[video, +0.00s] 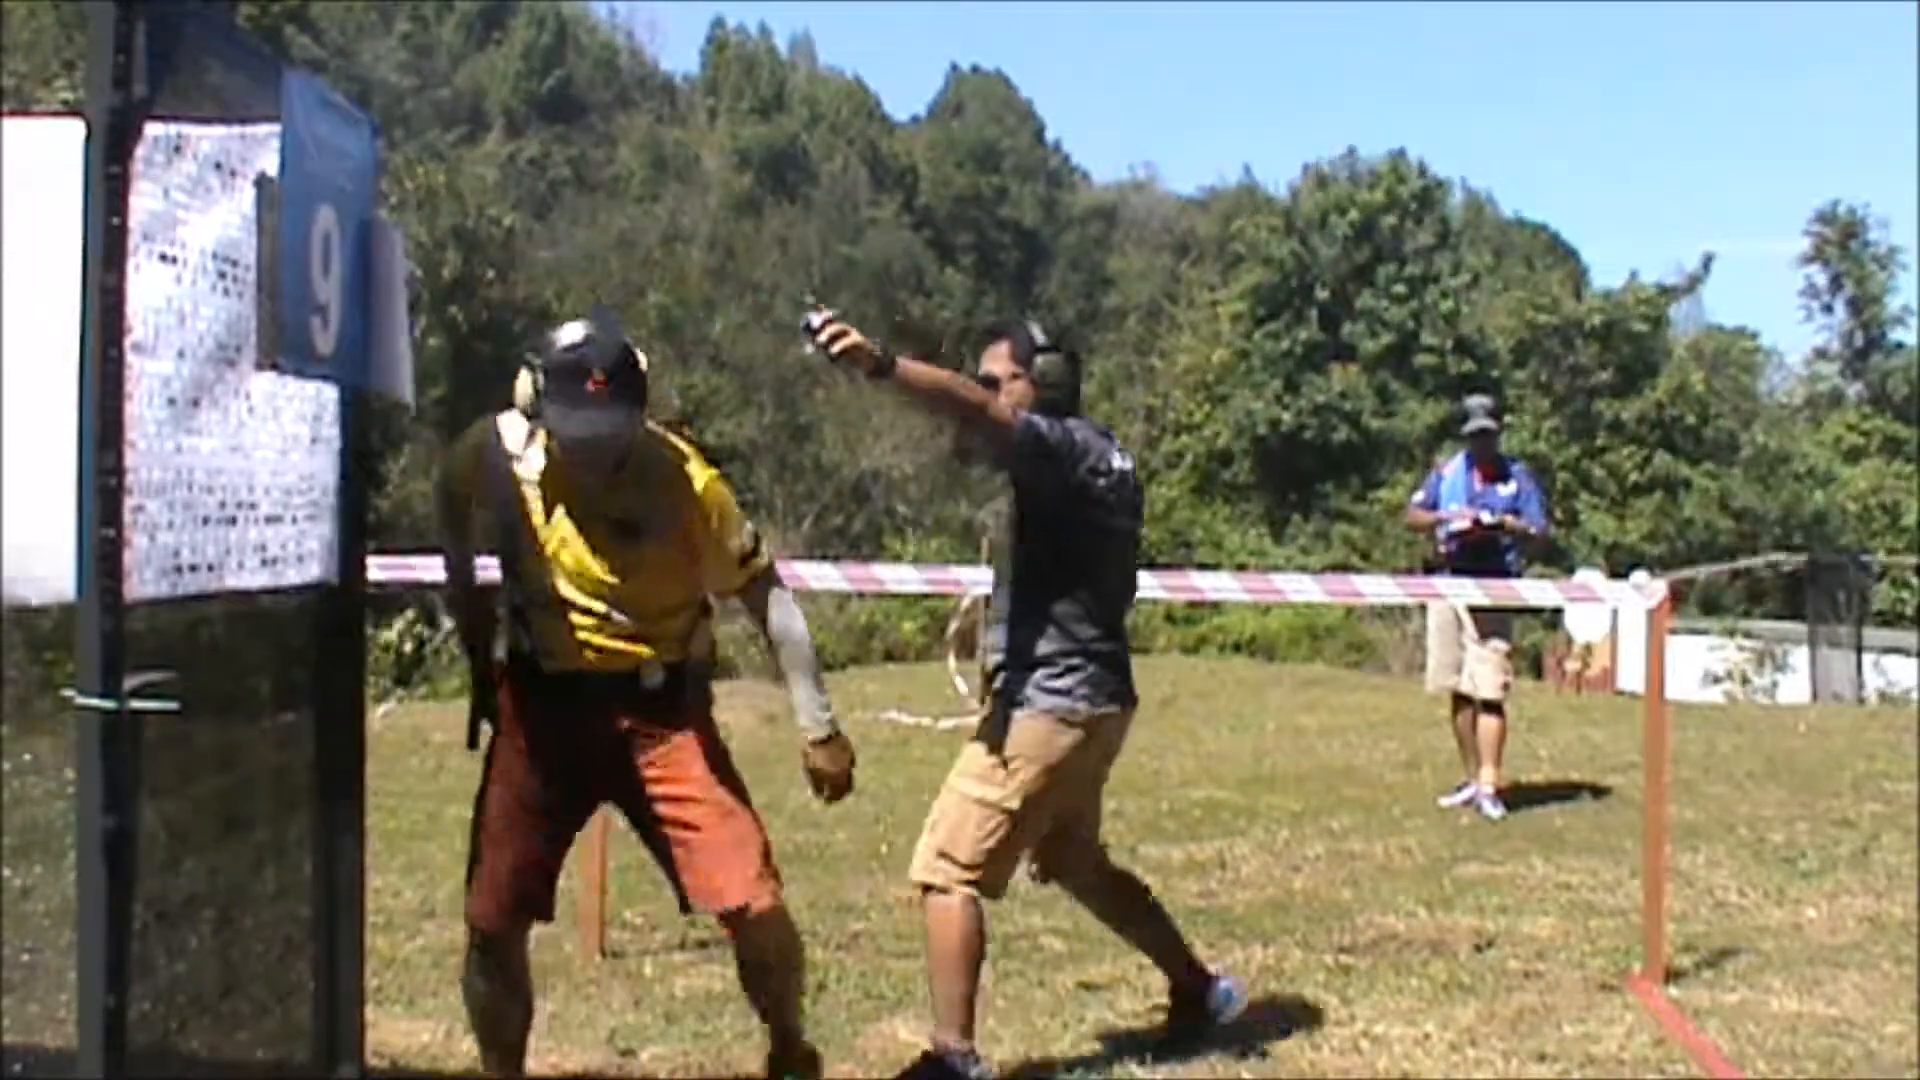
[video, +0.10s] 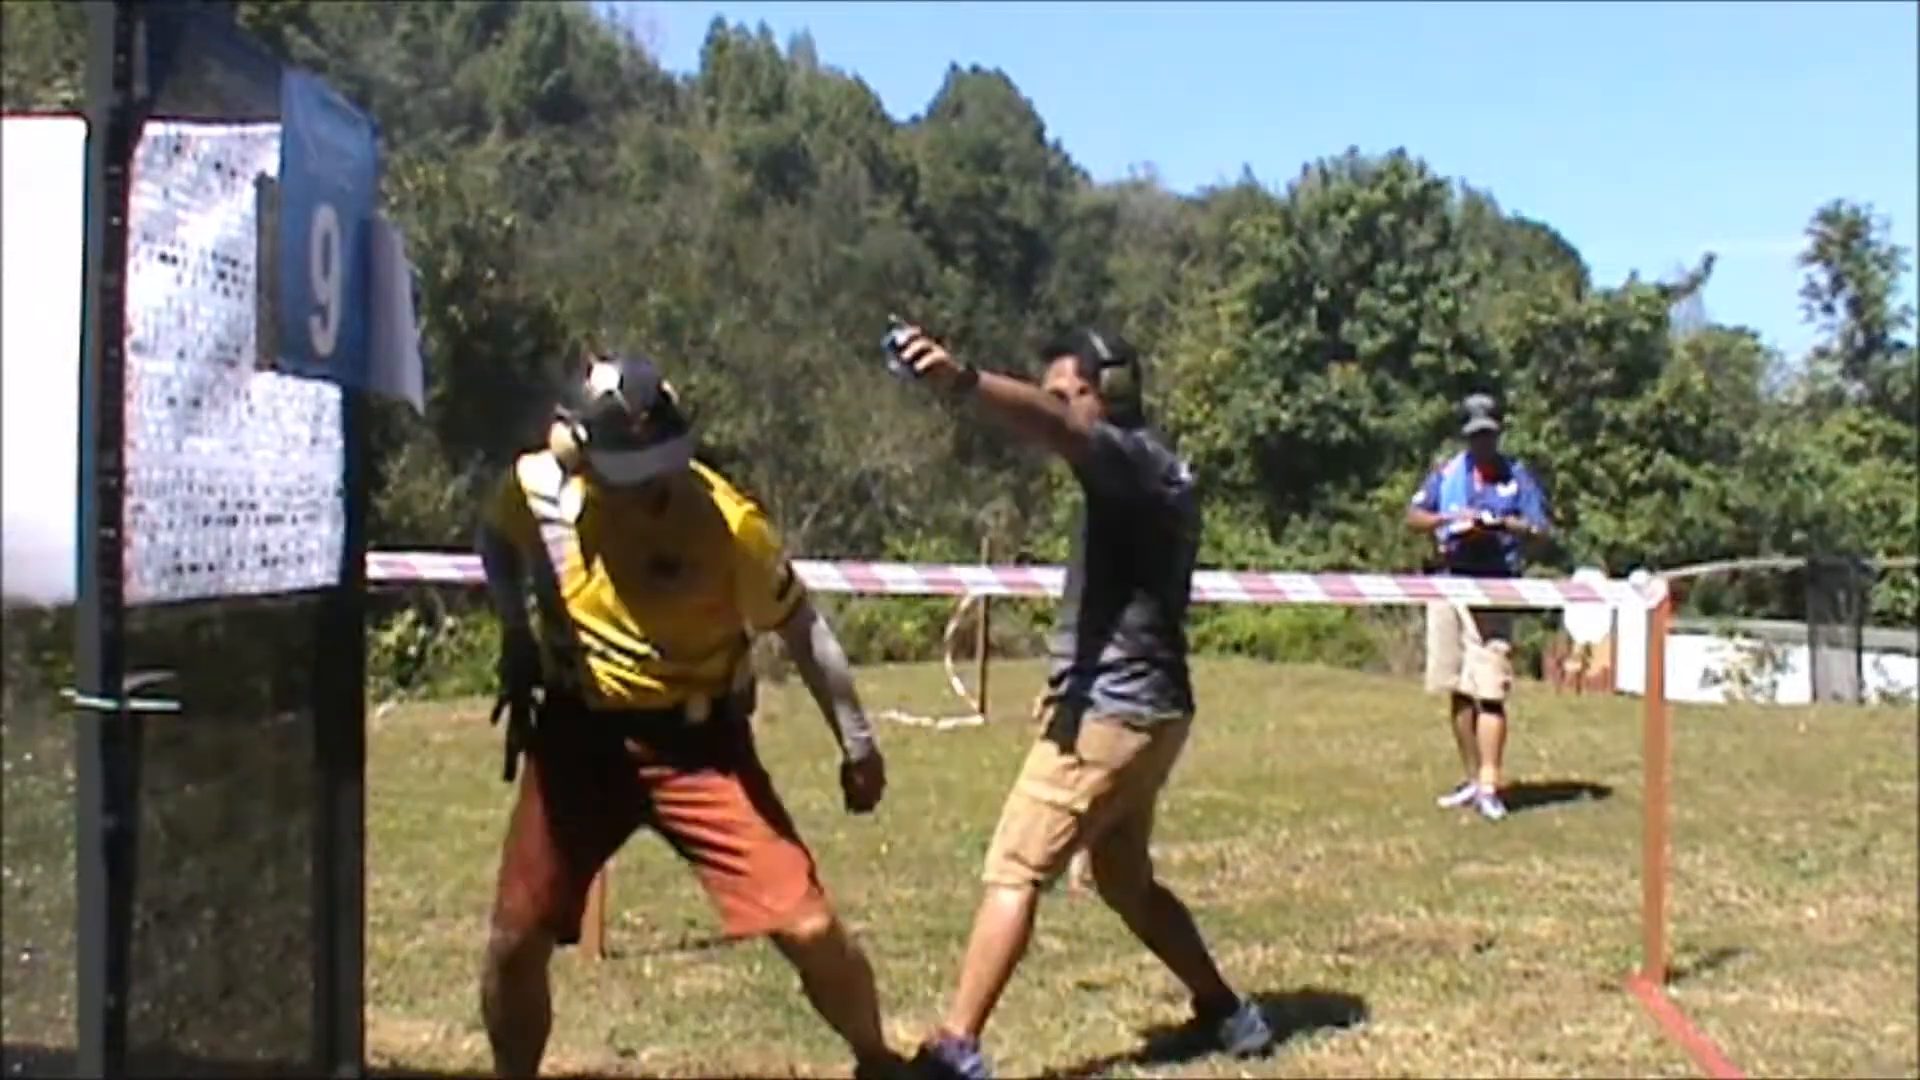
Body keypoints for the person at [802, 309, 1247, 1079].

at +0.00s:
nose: (982, 396)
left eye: (994, 384)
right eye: (981, 383)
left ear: (1036, 386)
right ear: (1062, 390)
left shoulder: (1056, 445)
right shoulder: (1113, 461)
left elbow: (977, 409)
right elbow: (1084, 586)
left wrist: (882, 365)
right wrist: (1006, 618)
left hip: (1050, 696)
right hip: (1099, 695)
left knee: (948, 868)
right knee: (1071, 856)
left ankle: (952, 1052)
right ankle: (1198, 990)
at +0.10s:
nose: (1051, 414)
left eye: (1062, 397)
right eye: (1047, 399)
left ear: (1101, 392)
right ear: (1121, 397)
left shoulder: (1130, 459)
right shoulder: (1168, 469)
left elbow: (1055, 425)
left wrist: (963, 379)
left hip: (1110, 700)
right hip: (1155, 702)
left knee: (1015, 867)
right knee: (1122, 876)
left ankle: (957, 1041)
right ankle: (1226, 1012)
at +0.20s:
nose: (1096, 410)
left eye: (1105, 397)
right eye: (1093, 398)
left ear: (1143, 395)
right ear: (1151, 398)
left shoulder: (1174, 459)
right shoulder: (1201, 469)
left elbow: (1104, 418)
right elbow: (1180, 607)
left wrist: (1018, 378)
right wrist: (1109, 670)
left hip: (1155, 700)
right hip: (1193, 701)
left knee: (1053, 860)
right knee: (1147, 878)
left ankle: (1008, 1035)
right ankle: (1226, 1014)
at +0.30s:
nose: (1145, 386)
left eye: (1152, 373)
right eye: (1144, 375)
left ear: (1189, 376)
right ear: (1198, 380)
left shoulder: (1239, 451)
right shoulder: (1231, 460)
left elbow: (1168, 409)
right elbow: (1223, 582)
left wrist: (1088, 368)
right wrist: (1165, 659)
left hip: (1218, 685)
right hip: (1216, 683)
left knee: (1114, 838)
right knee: (1173, 856)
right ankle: (1227, 1013)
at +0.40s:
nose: (1180, 390)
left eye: (1190, 375)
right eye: (1178, 377)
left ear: (1228, 373)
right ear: (1210, 376)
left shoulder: (1277, 450)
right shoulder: (1234, 464)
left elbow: (1206, 399)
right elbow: (1242, 580)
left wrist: (1126, 358)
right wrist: (1208, 665)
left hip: (1264, 681)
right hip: (1225, 679)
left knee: (1184, 846)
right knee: (1184, 850)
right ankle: (1225, 1015)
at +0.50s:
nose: (1240, 399)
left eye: (1251, 384)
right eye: (1236, 387)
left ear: (1285, 377)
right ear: (1251, 384)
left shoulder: (1332, 455)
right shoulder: (1281, 471)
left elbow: (1265, 405)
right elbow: (1280, 591)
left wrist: (1188, 356)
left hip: (1321, 689)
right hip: (1267, 685)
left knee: (1299, 871)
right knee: (1223, 848)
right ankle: (1232, 1014)